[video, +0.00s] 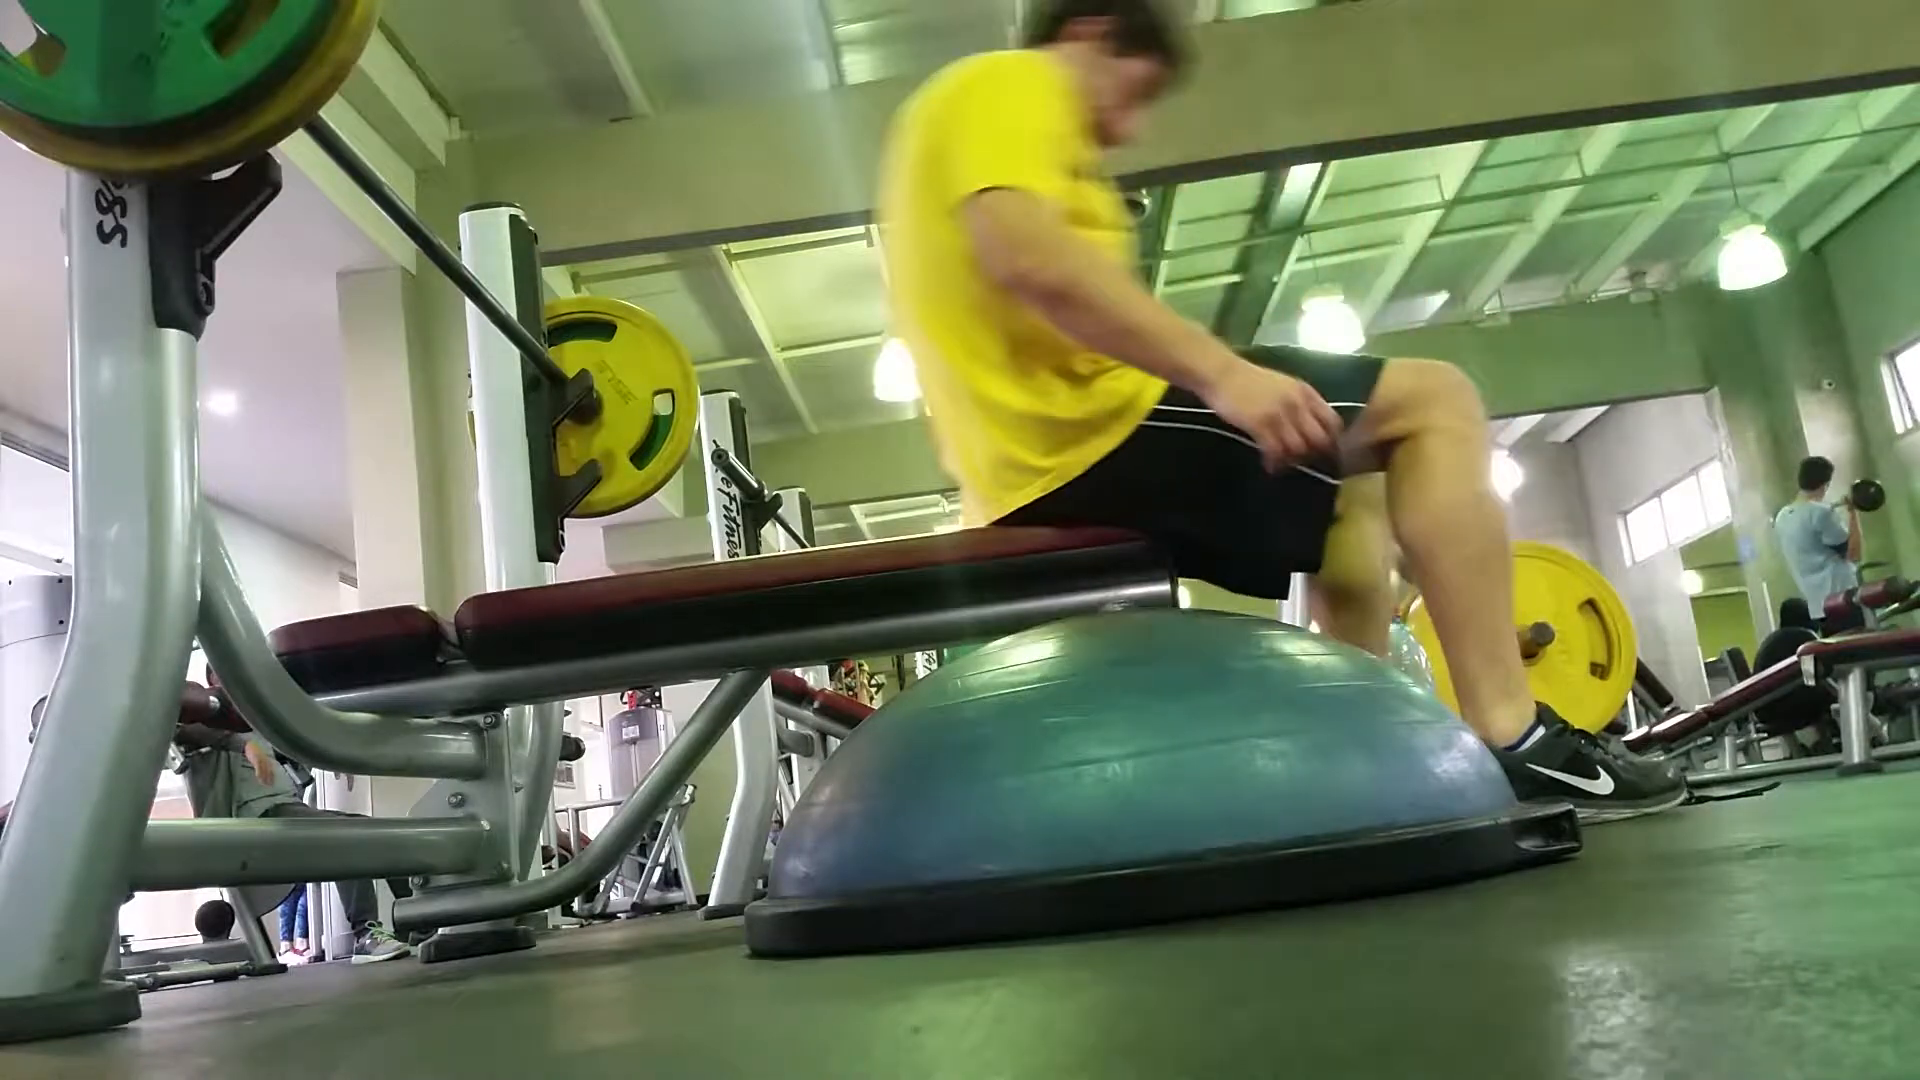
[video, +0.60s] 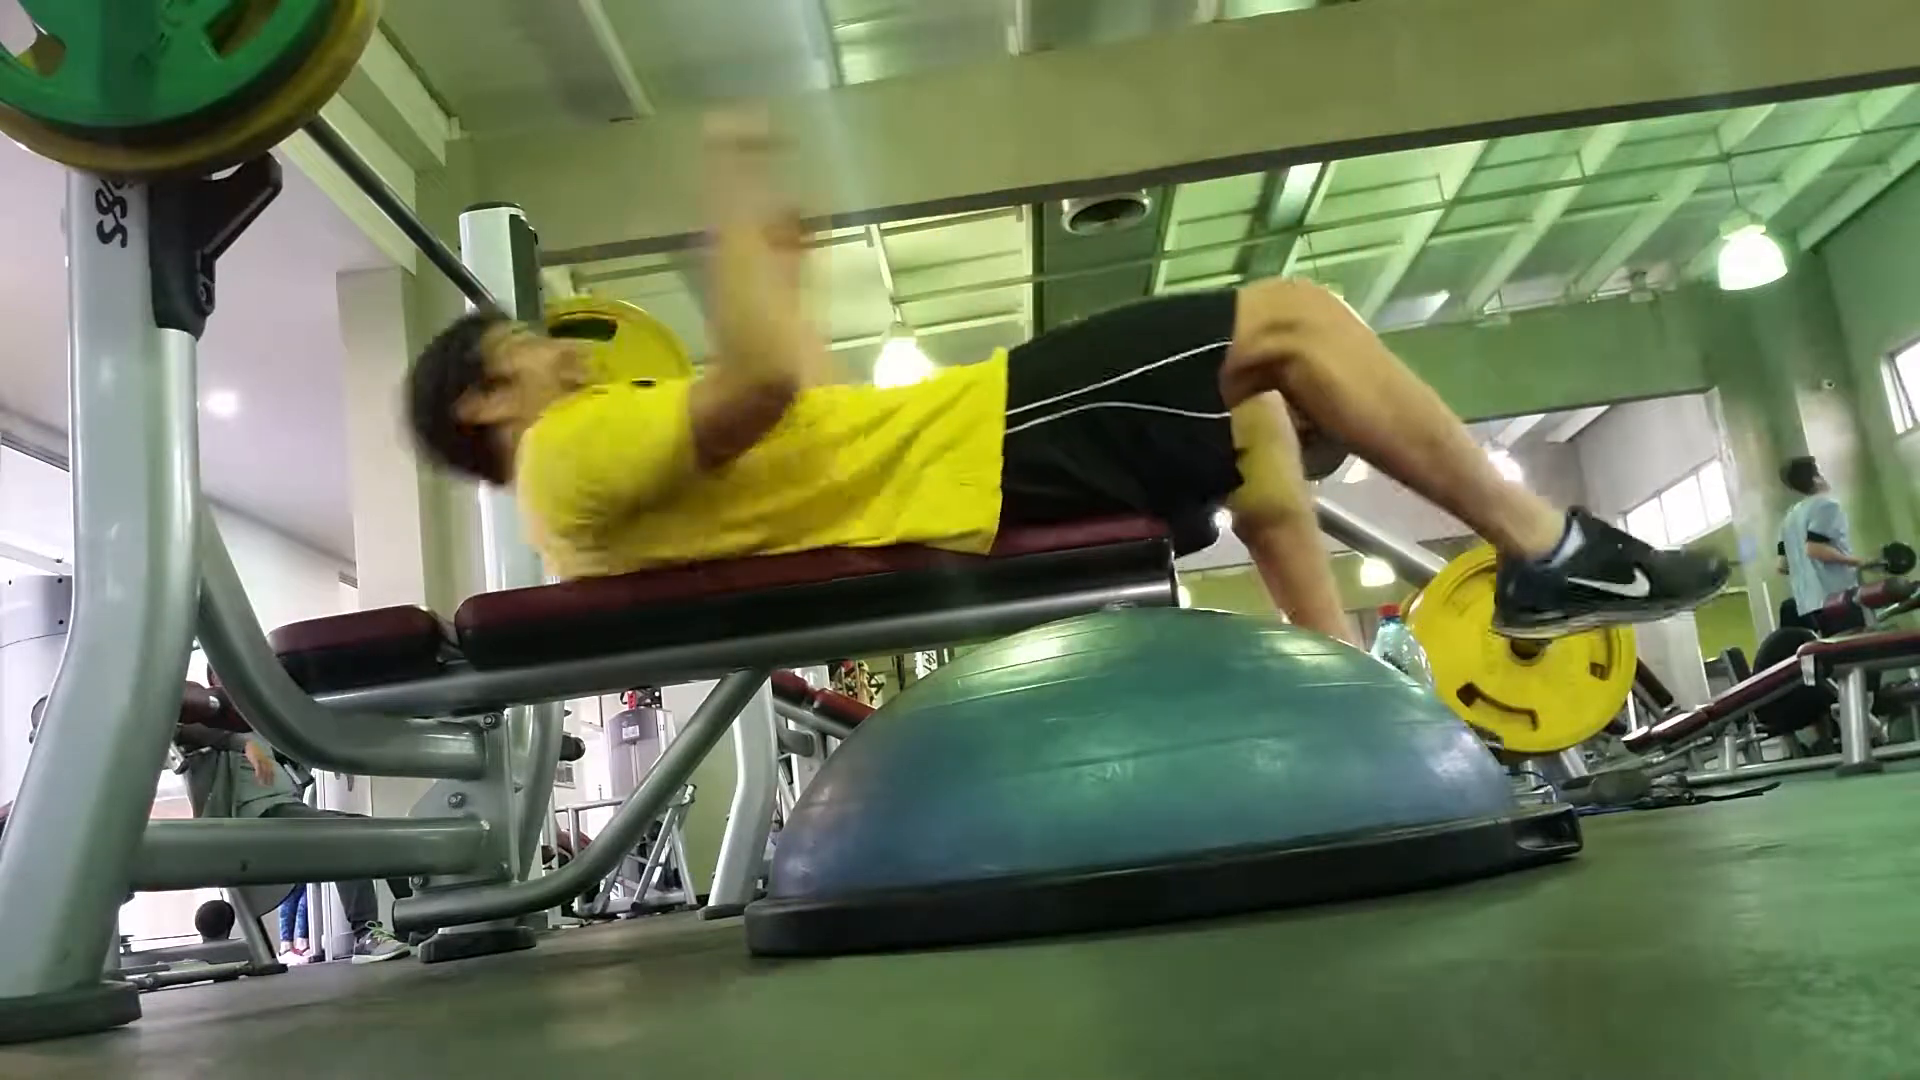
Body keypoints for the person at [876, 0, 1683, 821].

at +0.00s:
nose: (1130, 126)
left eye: (1143, 106)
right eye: (1137, 92)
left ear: (1079, 47)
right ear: (1093, 36)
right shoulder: (1010, 83)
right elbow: (1021, 249)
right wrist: (1223, 372)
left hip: (1042, 472)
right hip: (1087, 439)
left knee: (1364, 525)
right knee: (1437, 398)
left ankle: (1358, 778)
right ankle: (1510, 734)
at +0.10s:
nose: (1008, 112)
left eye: (1019, 94)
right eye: (1001, 84)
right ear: (946, 45)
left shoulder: (931, 165)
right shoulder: (890, 104)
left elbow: (986, 318)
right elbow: (947, 273)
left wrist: (1175, 354)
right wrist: (1174, 336)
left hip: (1026, 473)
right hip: (1061, 442)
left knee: (1329, 524)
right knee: (1405, 402)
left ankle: (1361, 766)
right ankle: (1510, 726)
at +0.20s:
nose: (909, 146)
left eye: (912, 123)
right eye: (900, 115)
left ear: (830, 99)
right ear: (846, 88)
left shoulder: (812, 209)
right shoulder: (791, 157)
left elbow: (964, 326)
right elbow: (903, 295)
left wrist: (1134, 320)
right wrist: (1158, 292)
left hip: (999, 466)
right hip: (1012, 435)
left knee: (1304, 493)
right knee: (1378, 399)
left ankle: (1358, 763)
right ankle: (1506, 719)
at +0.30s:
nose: (823, 187)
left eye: (820, 168)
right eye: (808, 162)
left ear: (716, 160)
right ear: (740, 151)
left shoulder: (725, 271)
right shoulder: (710, 236)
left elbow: (903, 376)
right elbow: (882, 330)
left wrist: (1094, 346)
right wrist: (1107, 246)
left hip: (996, 489)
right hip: (1003, 458)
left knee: (1302, 514)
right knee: (1362, 386)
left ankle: (1366, 760)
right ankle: (1523, 693)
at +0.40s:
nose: (732, 232)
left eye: (723, 213)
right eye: (704, 212)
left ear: (636, 235)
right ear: (632, 229)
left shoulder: (672, 351)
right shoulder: (652, 308)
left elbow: (886, 455)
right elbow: (846, 361)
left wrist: (1038, 339)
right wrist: (1003, 212)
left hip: (980, 482)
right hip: (986, 451)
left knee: (1285, 463)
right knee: (1337, 352)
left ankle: (1351, 728)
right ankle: (1530, 643)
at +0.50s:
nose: (657, 290)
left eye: (644, 277)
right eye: (624, 281)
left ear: (567, 329)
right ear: (561, 317)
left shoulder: (634, 436)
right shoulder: (606, 393)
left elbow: (852, 429)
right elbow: (803, 382)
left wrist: (927, 302)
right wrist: (903, 226)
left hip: (976, 481)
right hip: (978, 437)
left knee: (1274, 456)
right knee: (1310, 328)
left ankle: (1350, 740)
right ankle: (1546, 575)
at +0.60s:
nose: (575, 339)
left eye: (553, 330)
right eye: (539, 343)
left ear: (505, 408)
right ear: (496, 410)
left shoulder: (601, 457)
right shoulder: (569, 455)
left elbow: (759, 409)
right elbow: (752, 391)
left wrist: (752, 293)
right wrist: (740, 229)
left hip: (972, 450)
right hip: (973, 437)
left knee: (1253, 412)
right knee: (1295, 316)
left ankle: (1340, 667)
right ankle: (1547, 541)